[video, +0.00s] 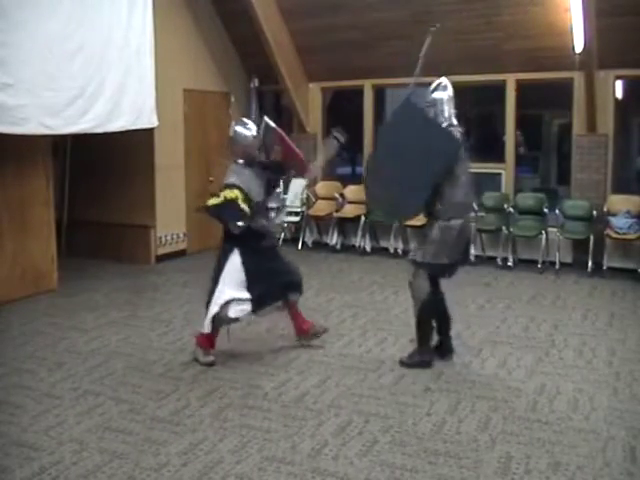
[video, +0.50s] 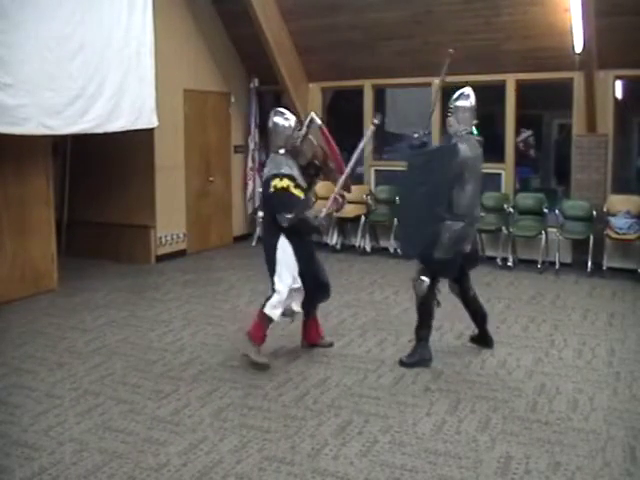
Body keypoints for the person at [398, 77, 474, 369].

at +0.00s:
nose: (424, 114)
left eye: (427, 108)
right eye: (425, 108)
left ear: (434, 109)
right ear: (447, 107)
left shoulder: (444, 140)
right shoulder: (453, 138)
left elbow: (429, 179)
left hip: (447, 220)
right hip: (456, 217)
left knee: (420, 279)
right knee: (430, 279)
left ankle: (424, 349)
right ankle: (444, 343)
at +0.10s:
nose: (432, 116)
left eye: (437, 110)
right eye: (430, 110)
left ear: (448, 112)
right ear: (428, 112)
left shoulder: (449, 143)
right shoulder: (439, 142)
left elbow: (424, 177)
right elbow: (424, 176)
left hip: (448, 226)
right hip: (441, 223)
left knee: (415, 282)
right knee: (424, 279)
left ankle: (422, 348)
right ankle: (445, 330)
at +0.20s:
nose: (435, 116)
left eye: (440, 111)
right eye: (435, 111)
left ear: (448, 114)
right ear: (437, 114)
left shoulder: (451, 145)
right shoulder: (441, 141)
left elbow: (428, 171)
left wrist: (426, 158)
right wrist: (429, 163)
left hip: (448, 226)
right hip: (444, 224)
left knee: (411, 281)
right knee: (428, 279)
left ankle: (422, 349)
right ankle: (459, 323)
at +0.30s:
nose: (438, 116)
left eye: (441, 112)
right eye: (440, 111)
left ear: (446, 115)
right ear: (459, 115)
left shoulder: (451, 145)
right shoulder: (458, 142)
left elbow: (429, 172)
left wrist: (388, 184)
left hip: (445, 225)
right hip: (454, 223)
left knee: (411, 282)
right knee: (448, 281)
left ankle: (421, 350)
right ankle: (475, 327)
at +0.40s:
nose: (446, 118)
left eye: (450, 114)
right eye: (448, 113)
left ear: (453, 119)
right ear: (466, 120)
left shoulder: (447, 150)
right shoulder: (469, 149)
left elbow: (425, 181)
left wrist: (410, 149)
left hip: (444, 223)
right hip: (463, 222)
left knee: (416, 282)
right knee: (461, 284)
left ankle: (422, 349)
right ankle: (483, 333)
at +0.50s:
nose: (449, 118)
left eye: (454, 114)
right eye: (451, 113)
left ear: (464, 118)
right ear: (467, 119)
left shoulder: (460, 149)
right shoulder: (472, 146)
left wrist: (418, 153)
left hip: (449, 224)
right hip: (464, 222)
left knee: (424, 281)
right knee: (460, 282)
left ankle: (422, 347)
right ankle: (483, 332)